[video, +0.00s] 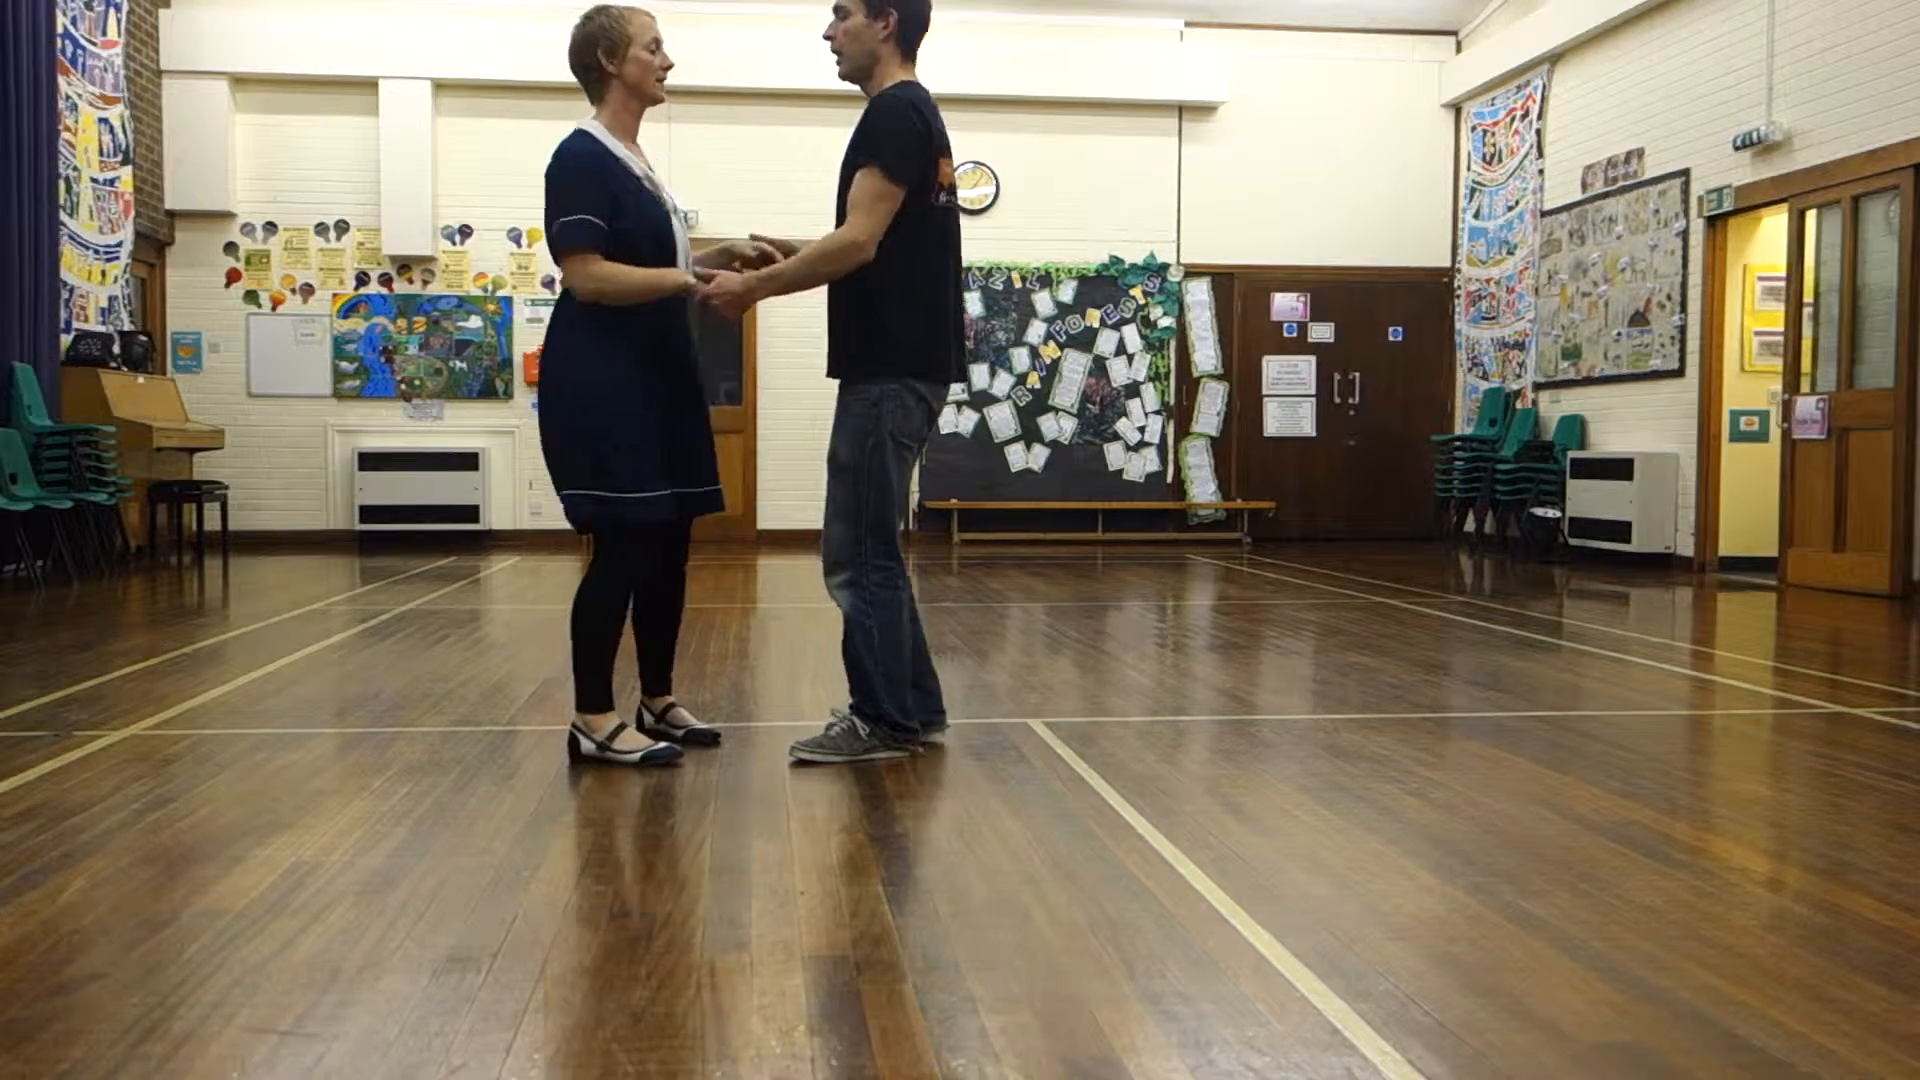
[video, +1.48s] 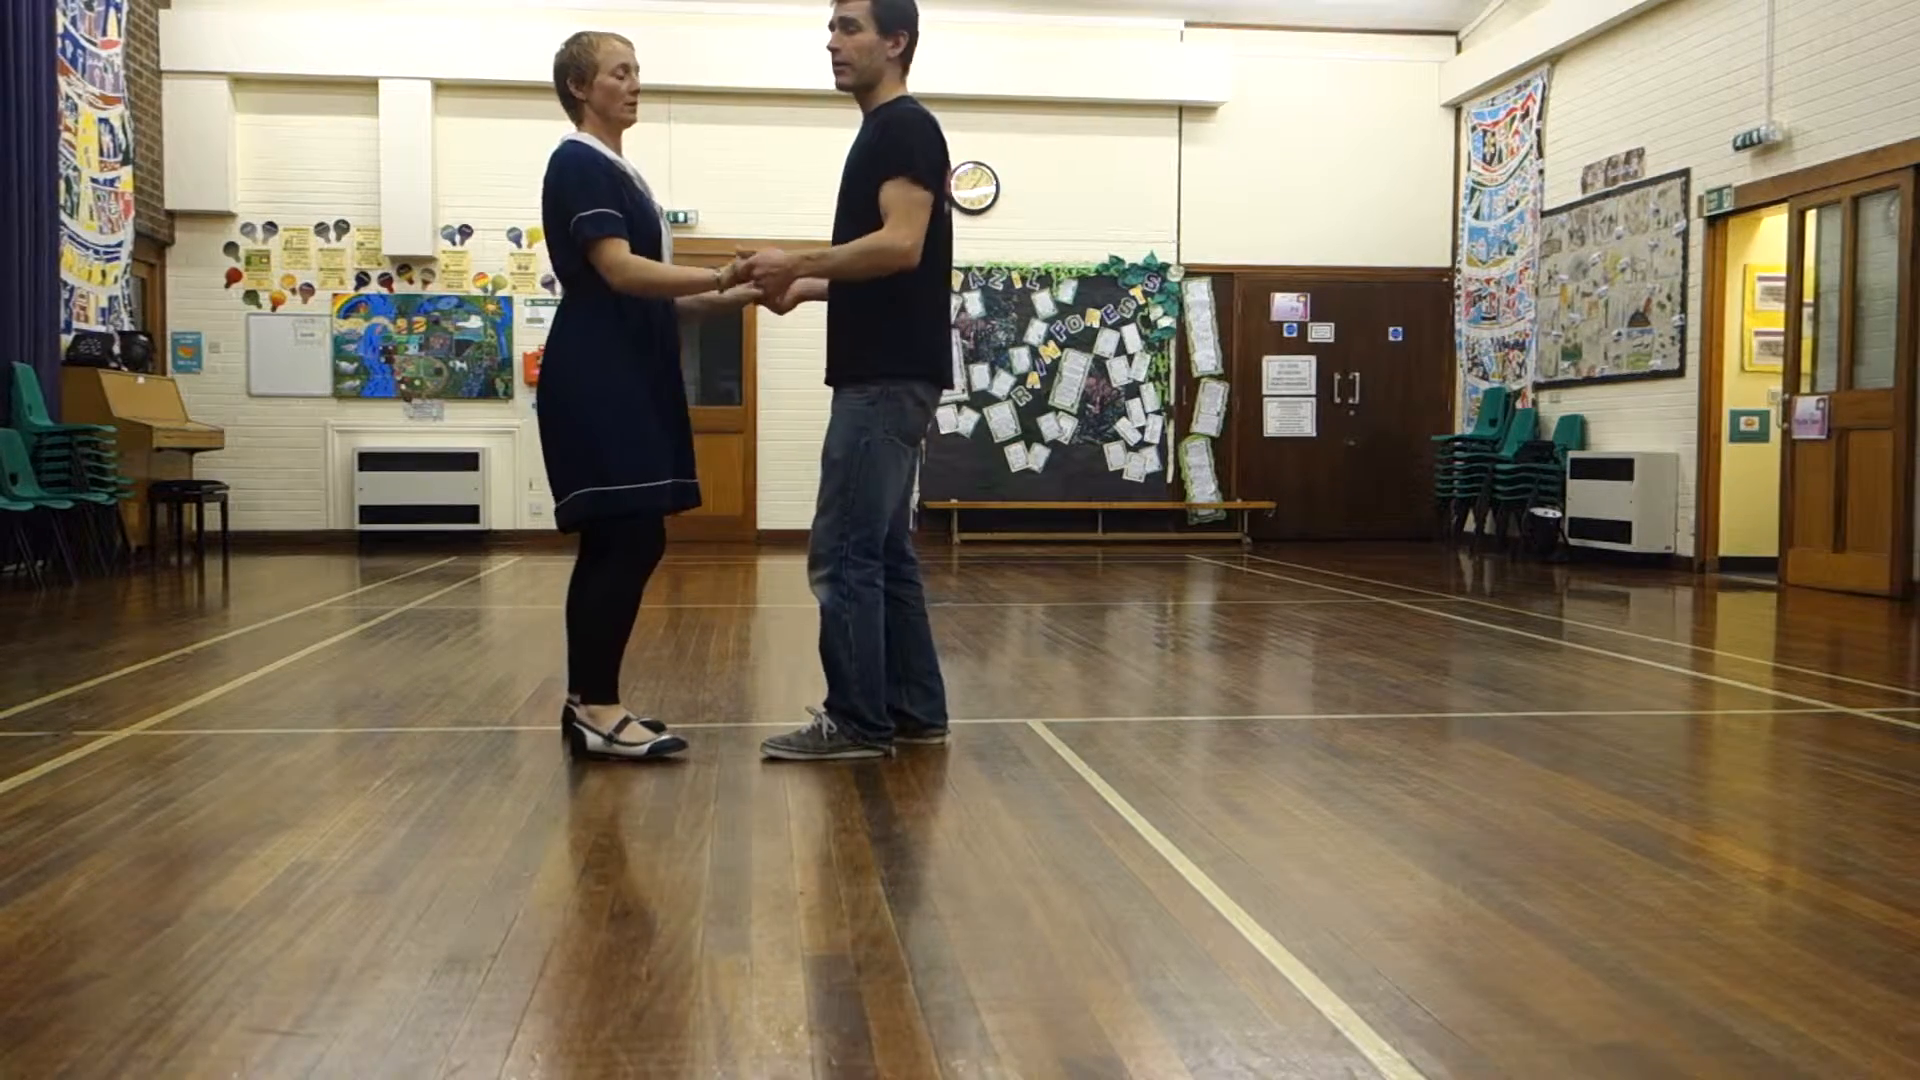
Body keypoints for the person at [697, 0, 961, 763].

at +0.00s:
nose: (830, 31)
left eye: (844, 16)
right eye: (833, 18)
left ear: (889, 26)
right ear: (887, 32)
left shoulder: (897, 110)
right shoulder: (904, 111)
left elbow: (857, 241)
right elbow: (873, 249)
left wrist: (754, 286)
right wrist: (790, 254)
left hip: (890, 370)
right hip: (897, 367)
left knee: (856, 554)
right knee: (871, 549)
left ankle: (881, 717)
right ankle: (914, 710)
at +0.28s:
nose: (864, 38)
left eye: (882, 24)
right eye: (859, 25)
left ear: (926, 41)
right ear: (857, 38)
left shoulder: (932, 125)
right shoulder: (892, 131)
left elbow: (894, 240)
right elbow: (873, 254)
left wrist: (792, 277)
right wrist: (789, 277)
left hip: (913, 376)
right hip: (891, 375)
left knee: (836, 542)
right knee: (890, 548)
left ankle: (870, 711)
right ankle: (917, 710)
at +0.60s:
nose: (881, 39)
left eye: (900, 25)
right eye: (872, 26)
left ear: (935, 45)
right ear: (862, 40)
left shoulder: (939, 129)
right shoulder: (887, 138)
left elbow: (915, 247)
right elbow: (885, 257)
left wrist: (812, 292)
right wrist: (809, 290)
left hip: (918, 378)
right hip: (888, 377)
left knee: (871, 556)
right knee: (892, 552)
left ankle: (859, 720)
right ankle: (917, 709)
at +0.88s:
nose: (871, 42)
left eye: (889, 28)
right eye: (863, 30)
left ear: (926, 44)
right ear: (857, 43)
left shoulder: (933, 130)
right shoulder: (891, 137)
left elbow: (912, 247)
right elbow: (882, 256)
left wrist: (811, 295)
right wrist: (809, 295)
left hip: (913, 381)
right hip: (890, 380)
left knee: (860, 554)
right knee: (892, 551)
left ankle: (858, 718)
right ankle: (917, 709)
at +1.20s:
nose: (855, 42)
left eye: (873, 27)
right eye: (848, 29)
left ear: (913, 45)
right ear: (845, 40)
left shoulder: (915, 127)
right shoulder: (885, 134)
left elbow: (894, 245)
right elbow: (872, 256)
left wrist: (796, 285)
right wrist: (799, 289)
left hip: (897, 378)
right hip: (883, 376)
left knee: (850, 553)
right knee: (887, 551)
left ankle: (855, 721)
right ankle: (916, 710)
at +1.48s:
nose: (832, 40)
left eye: (848, 28)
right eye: (832, 28)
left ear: (897, 44)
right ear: (870, 47)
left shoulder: (904, 126)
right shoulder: (882, 132)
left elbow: (902, 243)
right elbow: (886, 261)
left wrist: (799, 261)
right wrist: (804, 284)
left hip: (886, 378)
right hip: (882, 374)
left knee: (843, 554)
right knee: (884, 549)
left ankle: (856, 720)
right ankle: (915, 708)